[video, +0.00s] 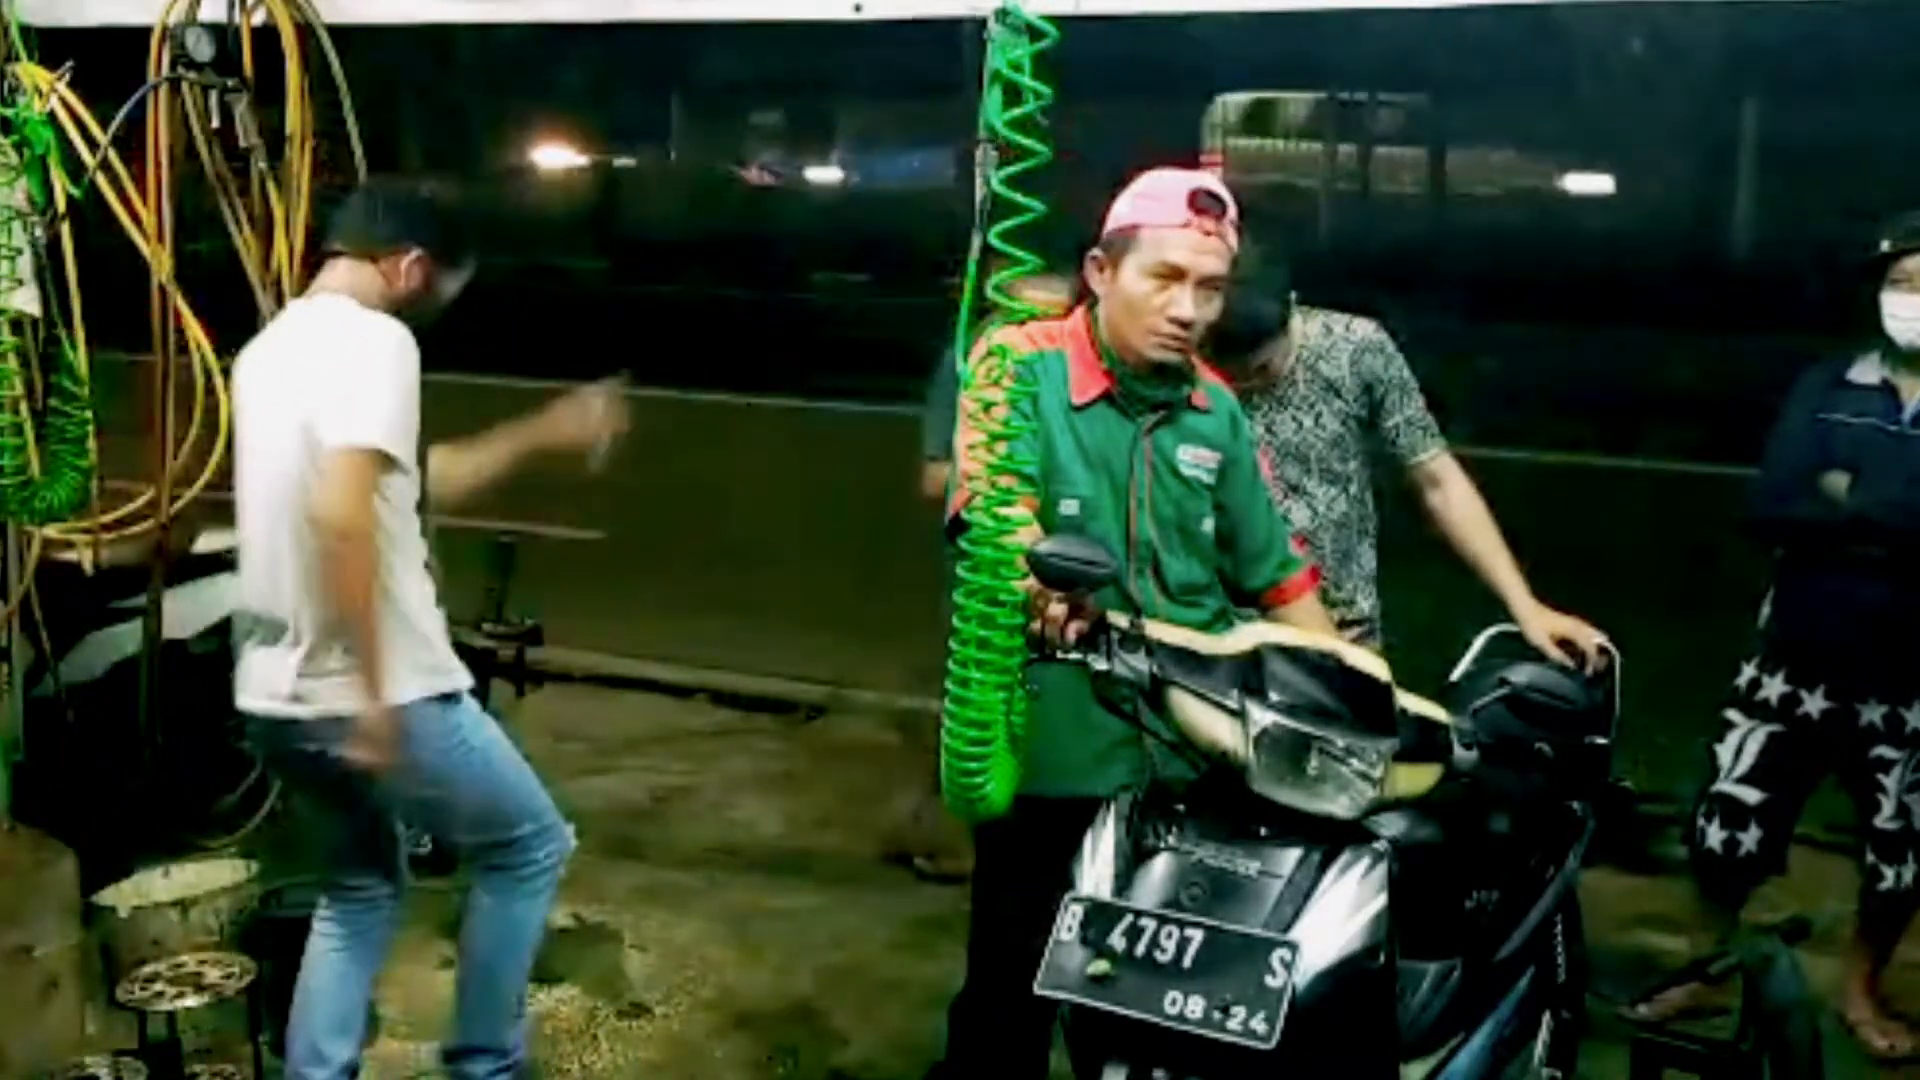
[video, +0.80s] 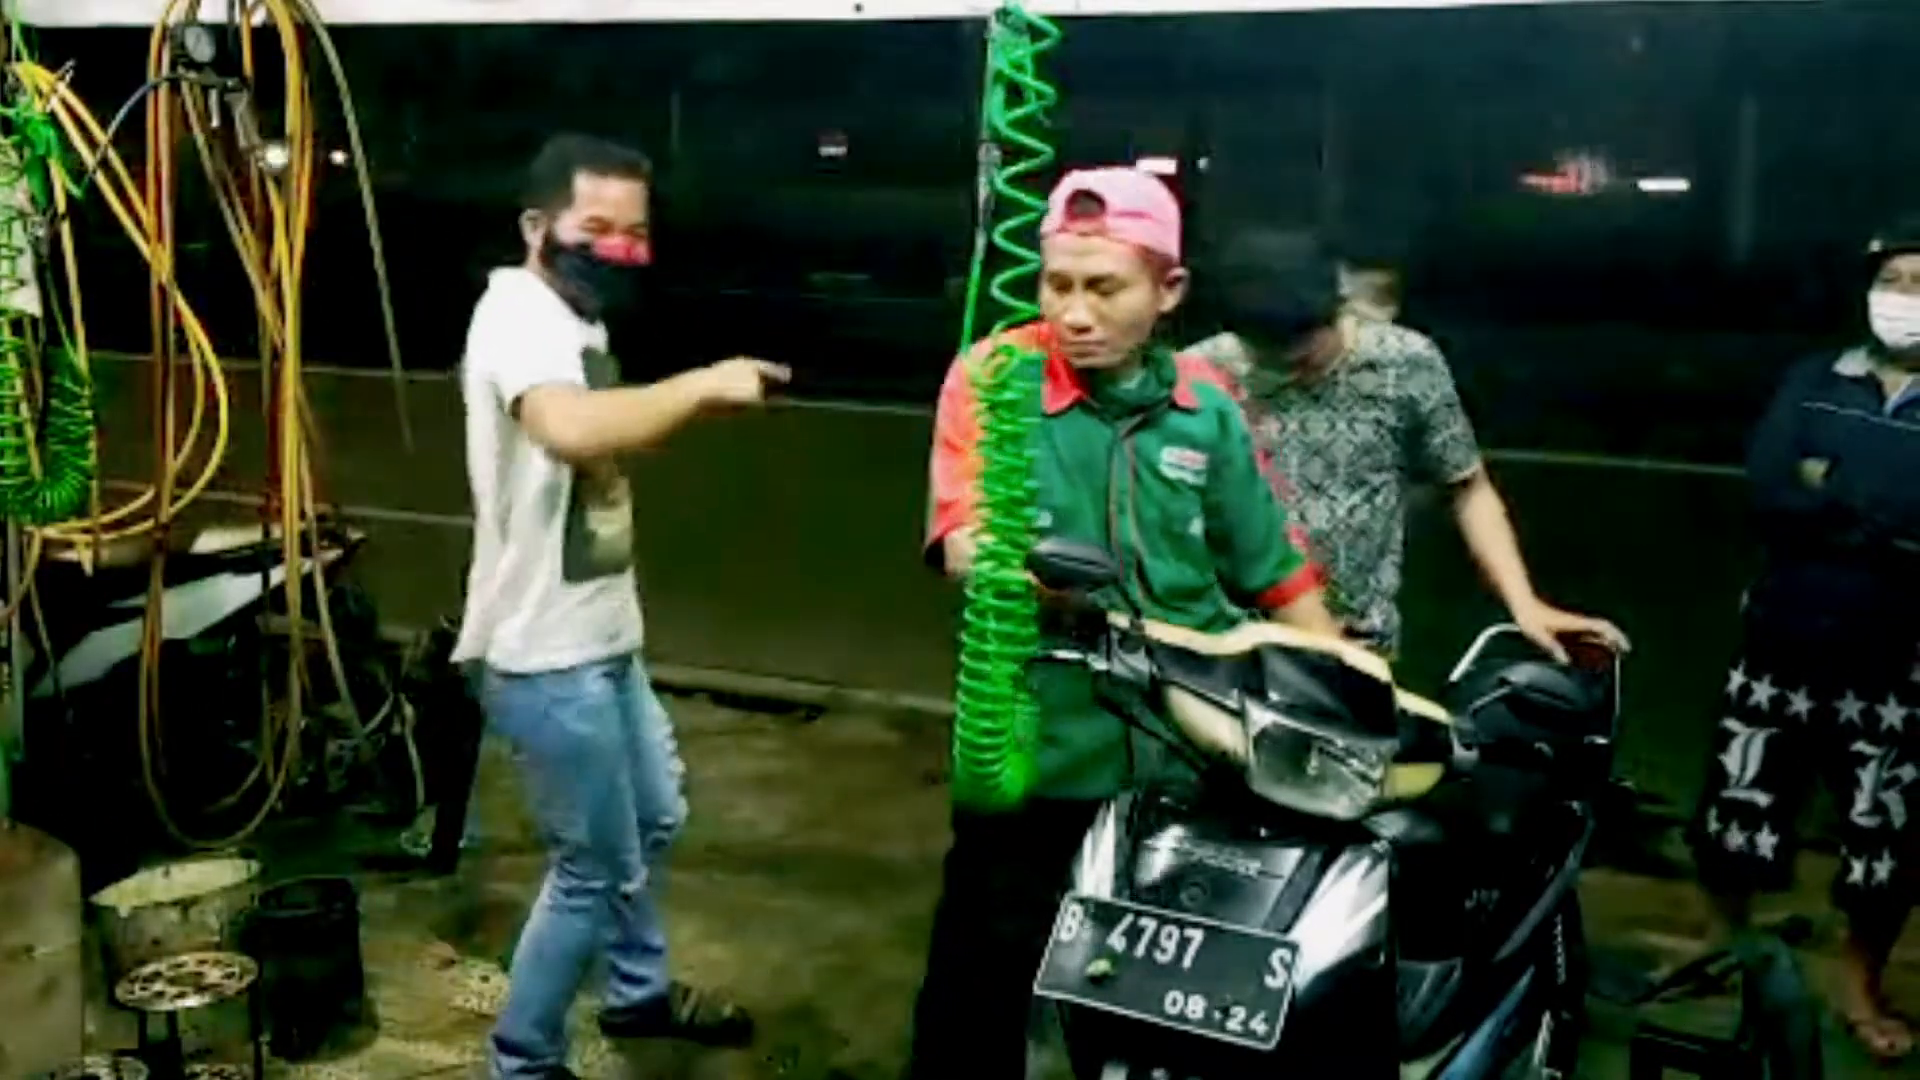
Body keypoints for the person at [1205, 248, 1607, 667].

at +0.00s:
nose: (1251, 382)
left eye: (1263, 366)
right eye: (1233, 372)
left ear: (1287, 323)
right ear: (1197, 344)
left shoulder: (1356, 351)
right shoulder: (1176, 376)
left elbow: (1439, 482)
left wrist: (1526, 608)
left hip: (1338, 646)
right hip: (1215, 653)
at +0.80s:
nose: (1295, 360)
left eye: (1305, 342)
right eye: (1274, 348)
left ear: (1335, 309)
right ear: (1244, 330)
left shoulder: (1406, 365)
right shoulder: (1207, 374)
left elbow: (1468, 489)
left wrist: (1526, 606)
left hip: (1354, 651)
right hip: (1230, 646)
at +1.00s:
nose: (1336, 357)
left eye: (1352, 338)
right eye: (1318, 343)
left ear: (1381, 314)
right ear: (1286, 324)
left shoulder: (1435, 364)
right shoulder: (1229, 373)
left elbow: (1478, 490)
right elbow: (1190, 507)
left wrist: (1528, 607)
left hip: (1374, 653)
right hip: (1252, 648)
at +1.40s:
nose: (1336, 401)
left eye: (1356, 388)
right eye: (1322, 386)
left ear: (1386, 362)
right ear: (1295, 353)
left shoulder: (1443, 385)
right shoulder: (1236, 378)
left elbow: (1485, 502)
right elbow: (1182, 484)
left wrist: (1530, 608)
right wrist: (1224, 592)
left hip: (1387, 661)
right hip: (1262, 648)